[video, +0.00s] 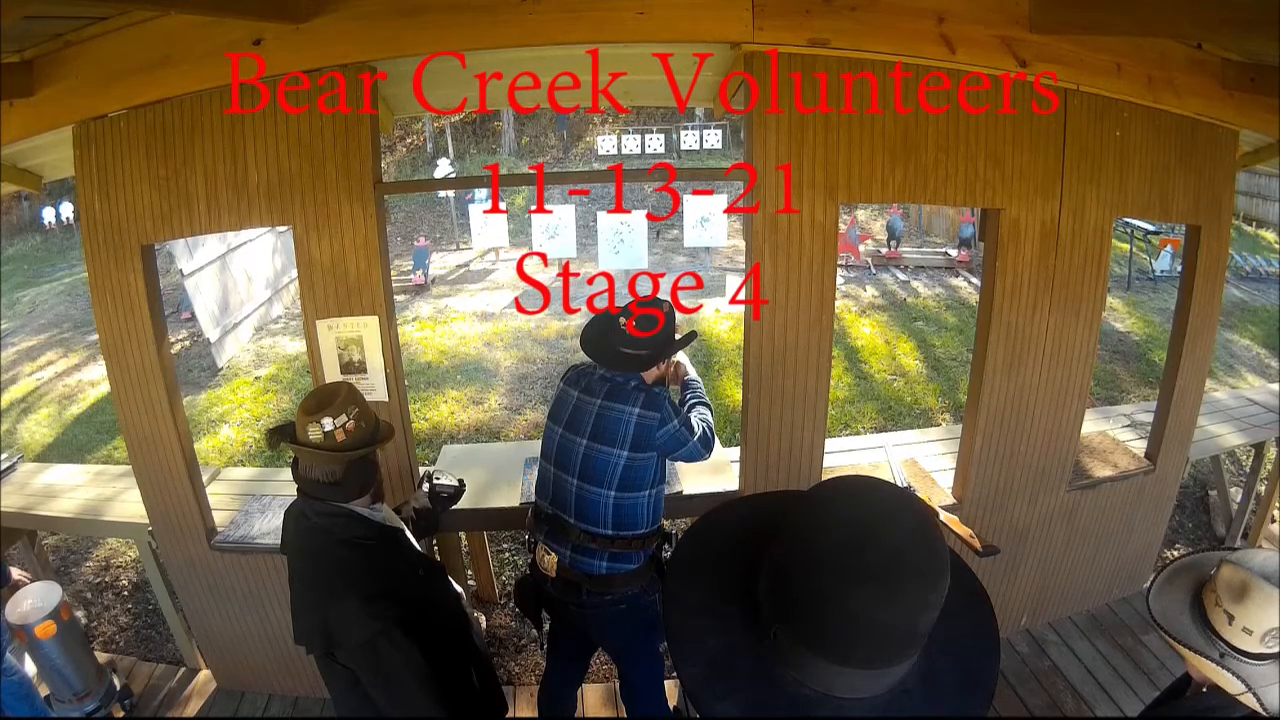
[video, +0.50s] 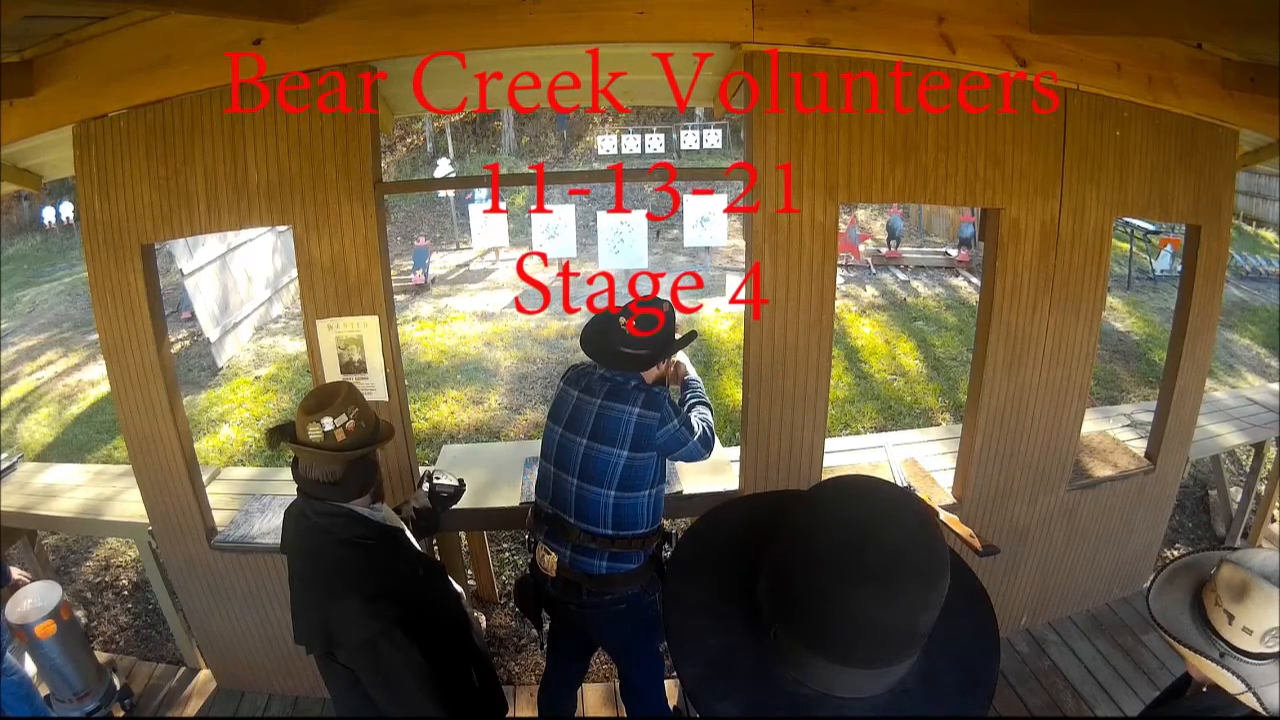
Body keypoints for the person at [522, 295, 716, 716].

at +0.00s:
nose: (667, 360)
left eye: (667, 353)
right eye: (665, 353)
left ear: (608, 347)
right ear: (652, 363)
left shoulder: (572, 381)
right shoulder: (652, 410)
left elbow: (616, 392)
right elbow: (701, 442)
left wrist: (651, 377)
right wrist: (690, 379)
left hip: (555, 576)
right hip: (618, 588)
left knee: (559, 678)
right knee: (645, 687)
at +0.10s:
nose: (669, 359)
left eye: (669, 352)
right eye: (667, 352)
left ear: (609, 347)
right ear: (653, 362)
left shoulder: (572, 380)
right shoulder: (652, 410)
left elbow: (618, 391)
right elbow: (701, 443)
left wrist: (653, 377)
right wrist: (691, 379)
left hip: (556, 575)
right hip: (617, 587)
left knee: (559, 679)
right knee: (645, 684)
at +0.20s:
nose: (669, 359)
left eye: (668, 351)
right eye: (667, 352)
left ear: (609, 347)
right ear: (653, 362)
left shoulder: (572, 380)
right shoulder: (652, 410)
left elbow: (618, 392)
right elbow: (701, 443)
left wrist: (654, 378)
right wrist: (691, 379)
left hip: (556, 573)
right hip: (618, 586)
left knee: (560, 678)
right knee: (645, 685)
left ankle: (552, 715)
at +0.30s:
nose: (667, 359)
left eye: (667, 352)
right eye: (665, 352)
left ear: (608, 347)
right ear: (653, 362)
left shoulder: (571, 381)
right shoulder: (652, 410)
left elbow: (616, 392)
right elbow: (701, 443)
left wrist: (651, 376)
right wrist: (691, 379)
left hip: (556, 576)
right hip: (619, 588)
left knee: (559, 679)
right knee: (645, 687)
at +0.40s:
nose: (667, 360)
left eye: (667, 353)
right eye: (664, 353)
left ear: (607, 347)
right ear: (652, 362)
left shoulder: (572, 381)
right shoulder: (652, 410)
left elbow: (616, 392)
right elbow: (701, 443)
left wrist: (652, 377)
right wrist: (691, 379)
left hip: (555, 575)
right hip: (618, 588)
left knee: (559, 678)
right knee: (645, 687)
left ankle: (552, 715)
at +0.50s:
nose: (669, 359)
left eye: (668, 352)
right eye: (666, 352)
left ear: (609, 347)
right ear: (653, 362)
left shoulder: (572, 380)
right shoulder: (652, 410)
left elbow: (617, 391)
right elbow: (701, 442)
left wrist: (653, 377)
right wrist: (692, 379)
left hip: (555, 574)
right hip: (617, 587)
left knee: (559, 678)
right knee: (645, 685)